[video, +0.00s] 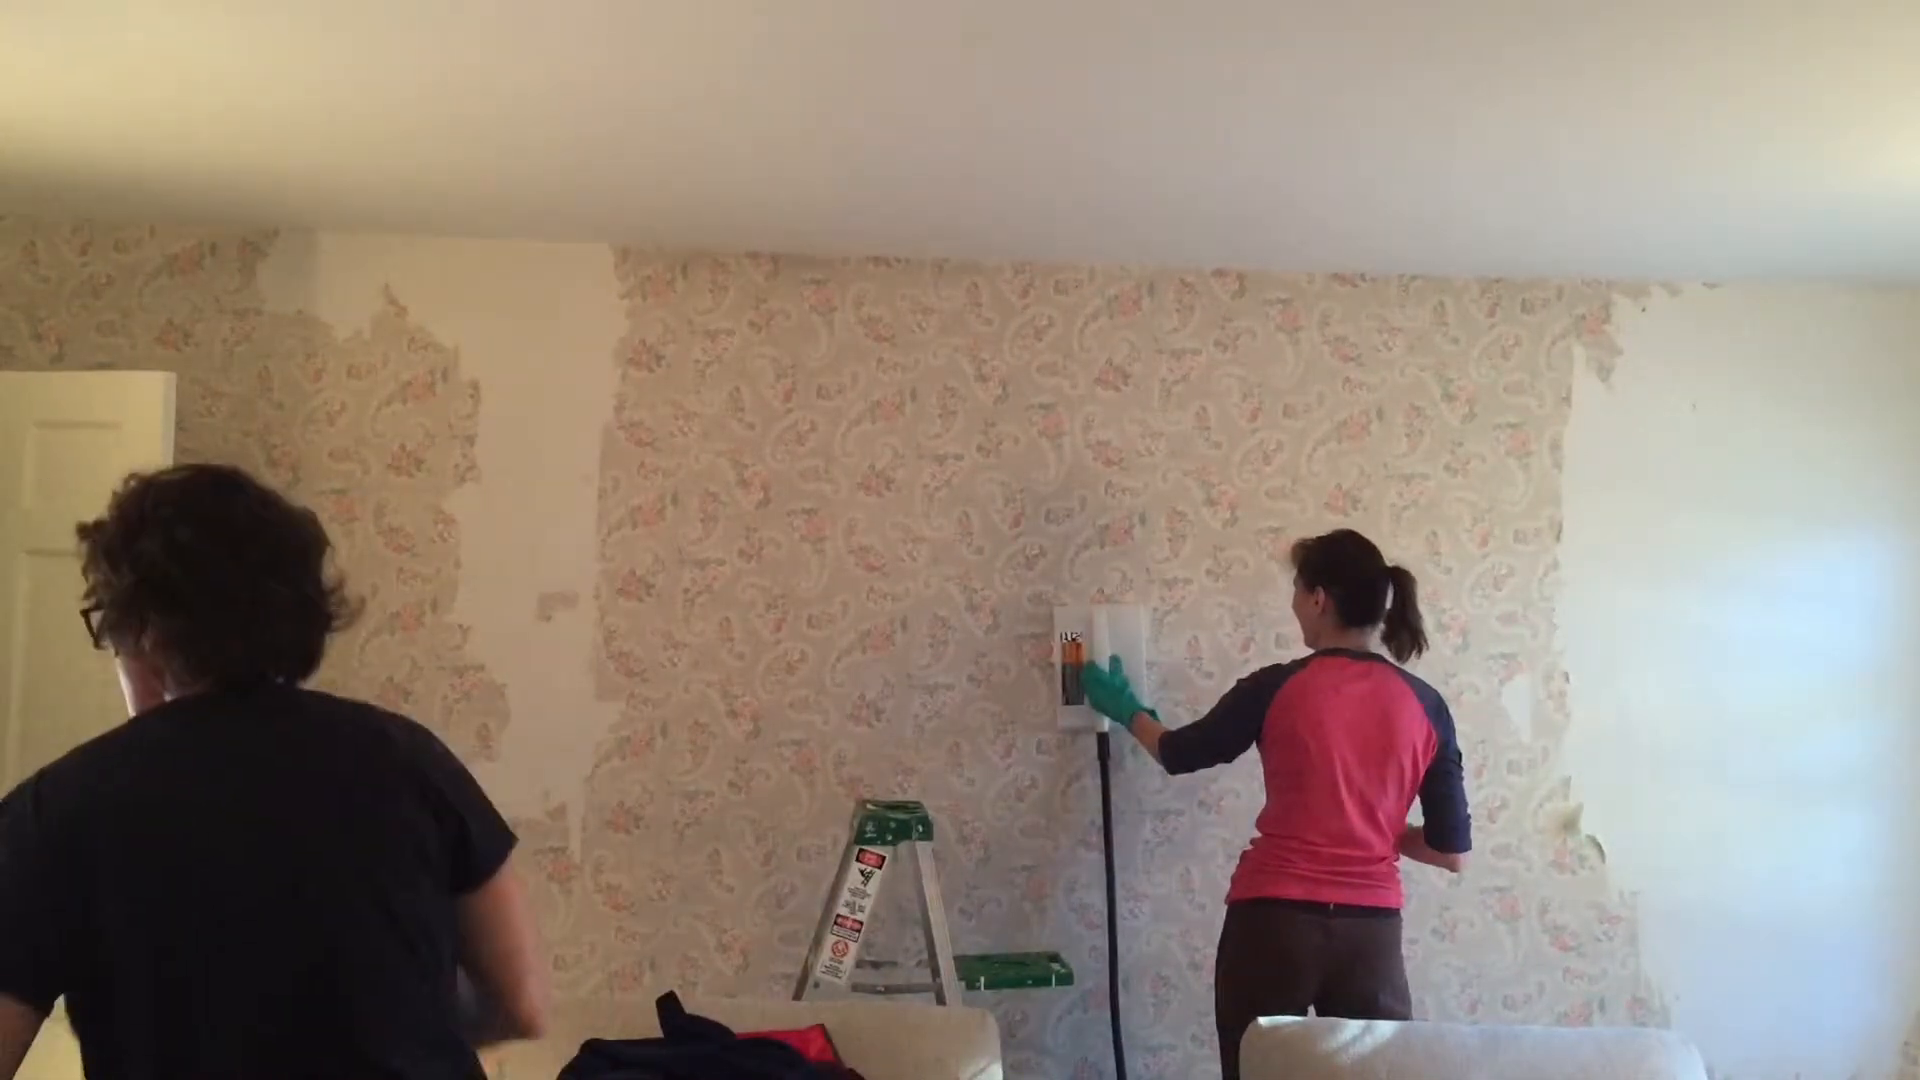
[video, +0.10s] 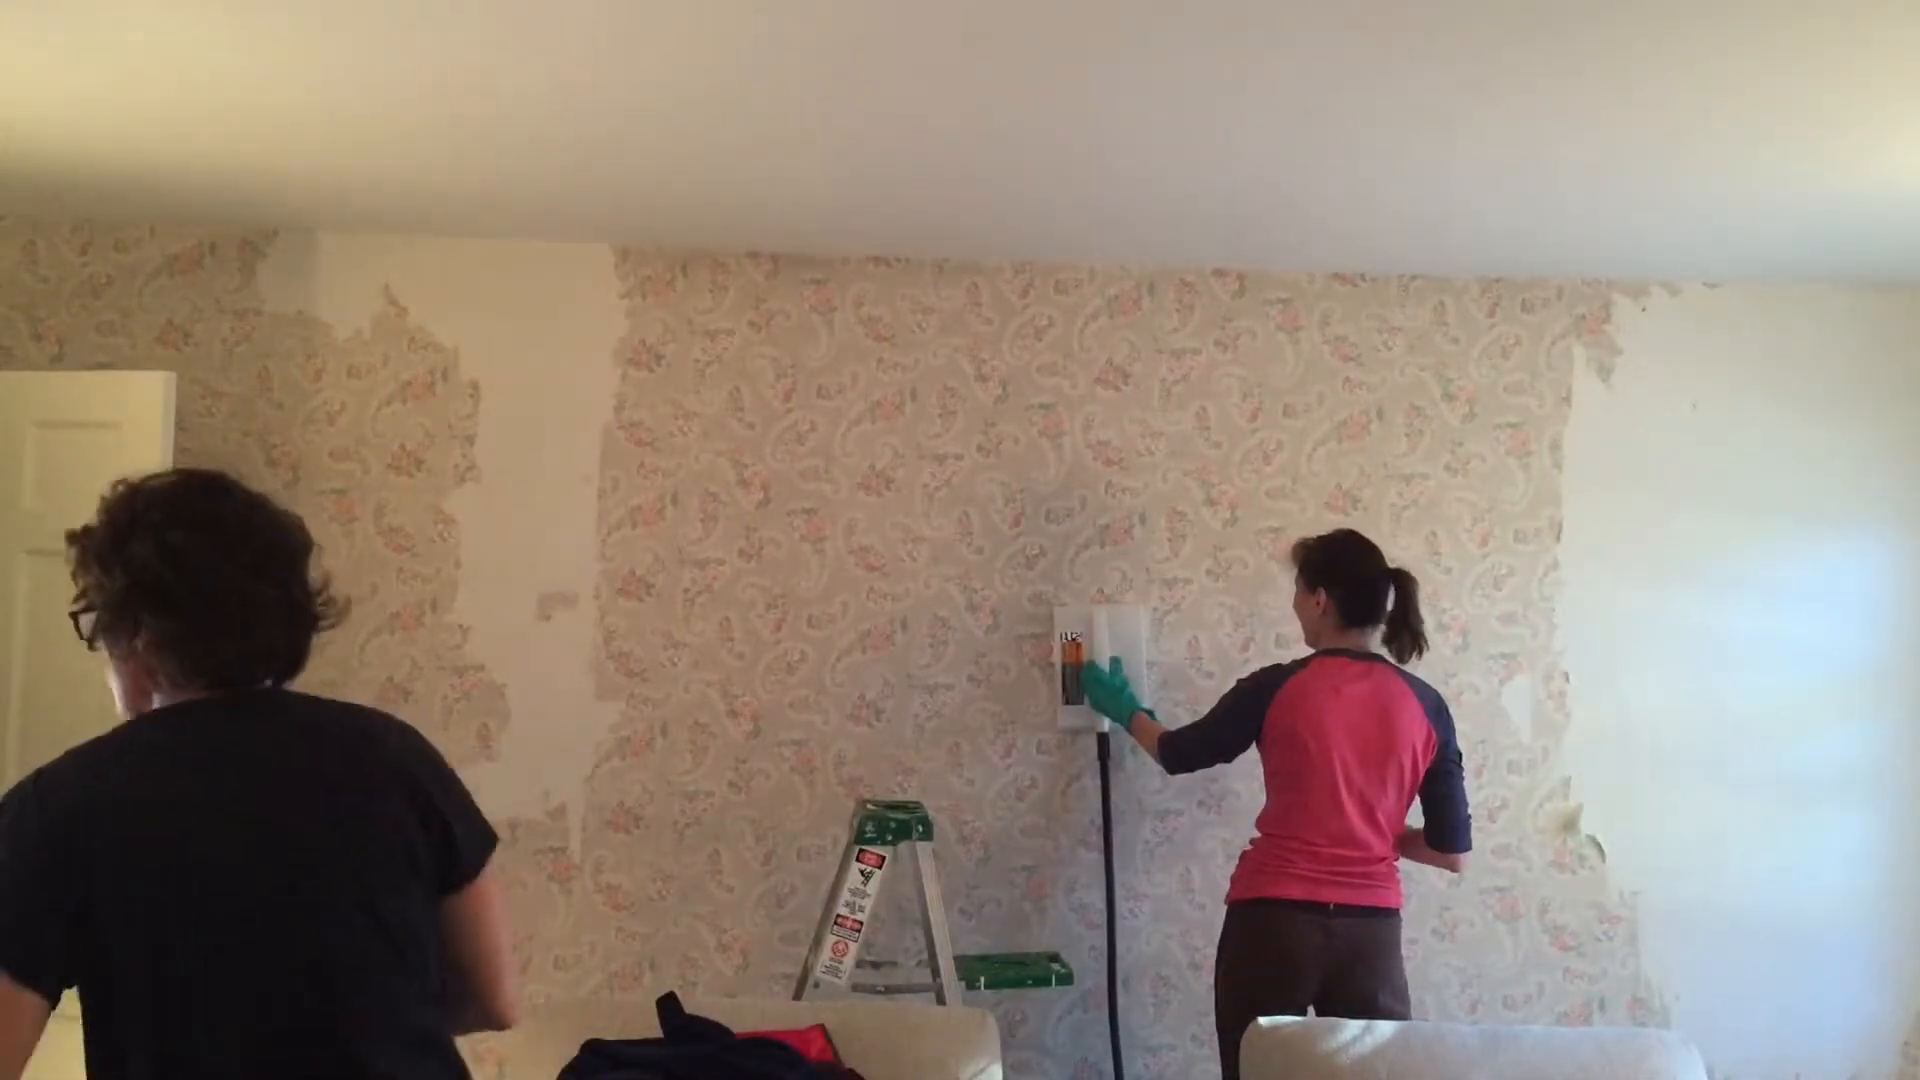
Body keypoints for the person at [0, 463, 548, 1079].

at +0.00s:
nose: (107, 647)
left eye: (106, 619)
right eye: (100, 620)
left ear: (146, 631)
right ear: (295, 613)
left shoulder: (52, 814)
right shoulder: (406, 759)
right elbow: (519, 1008)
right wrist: (372, 1005)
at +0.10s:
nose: (99, 652)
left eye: (99, 626)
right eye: (93, 627)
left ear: (141, 634)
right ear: (281, 616)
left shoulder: (53, 810)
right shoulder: (394, 757)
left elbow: (8, 1052)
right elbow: (491, 1000)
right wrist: (340, 991)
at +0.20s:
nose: (80, 664)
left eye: (82, 635)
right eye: (78, 636)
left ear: (124, 644)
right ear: (257, 625)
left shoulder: (60, 811)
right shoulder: (382, 758)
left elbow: (13, 1060)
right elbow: (470, 1006)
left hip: (171, 1066)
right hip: (394, 1068)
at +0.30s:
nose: (69, 670)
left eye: (72, 641)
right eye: (66, 642)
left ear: (118, 643)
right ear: (240, 626)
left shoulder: (74, 804)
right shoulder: (372, 757)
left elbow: (19, 1058)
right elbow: (455, 1002)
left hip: (181, 1062)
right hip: (383, 1063)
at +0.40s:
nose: (67, 671)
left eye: (66, 644)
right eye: (61, 647)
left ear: (115, 641)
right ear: (226, 619)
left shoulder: (97, 780)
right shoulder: (353, 747)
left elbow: (49, 1036)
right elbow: (424, 983)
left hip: (185, 1066)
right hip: (369, 1066)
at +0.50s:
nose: (53, 688)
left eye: (48, 662)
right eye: (44, 665)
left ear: (98, 643)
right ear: (199, 622)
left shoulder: (112, 762)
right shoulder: (325, 748)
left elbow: (120, 1004)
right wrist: (79, 1014)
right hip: (348, 1062)